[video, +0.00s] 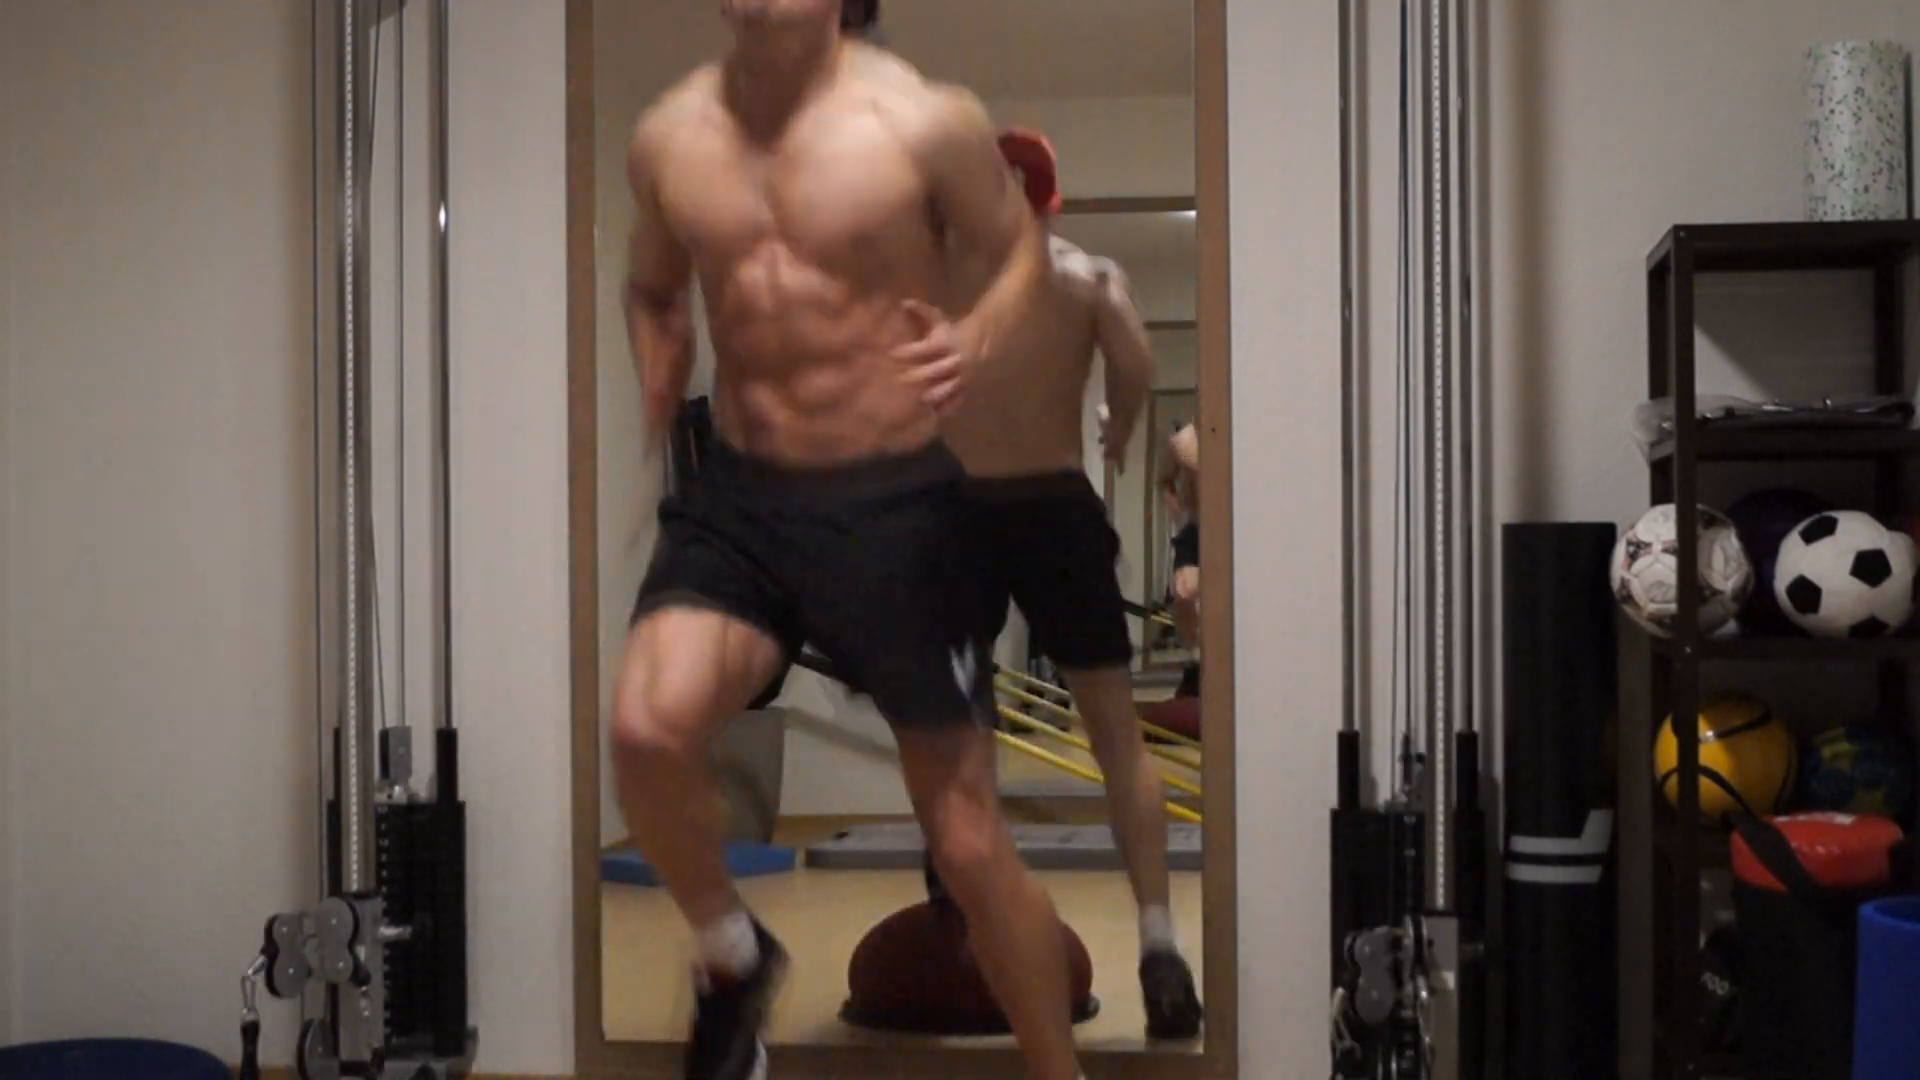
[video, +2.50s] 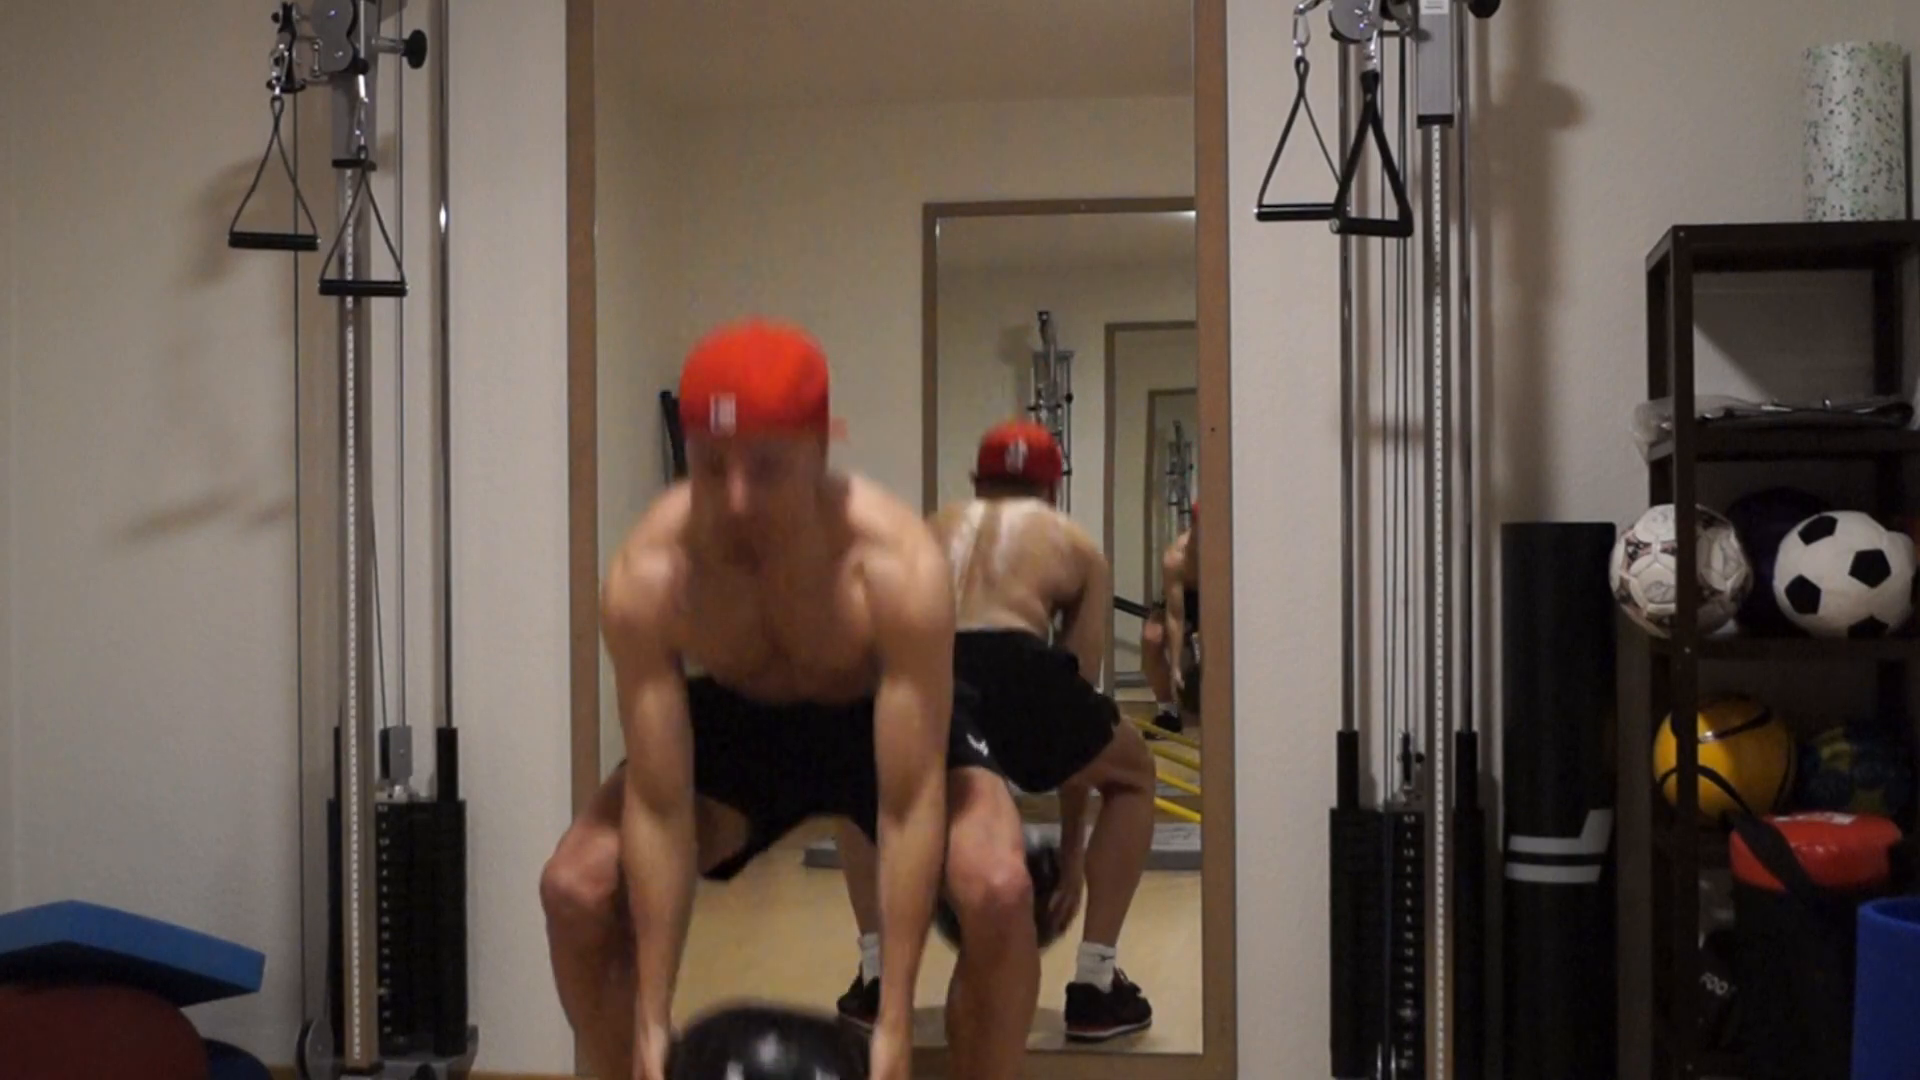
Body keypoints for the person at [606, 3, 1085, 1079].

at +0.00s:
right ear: (723, 2)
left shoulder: (928, 120)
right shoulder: (671, 135)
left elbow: (1015, 253)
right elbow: (656, 291)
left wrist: (970, 342)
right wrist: (664, 413)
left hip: (899, 510)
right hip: (742, 505)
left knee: (966, 848)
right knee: (647, 731)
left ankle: (1056, 1069)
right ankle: (731, 958)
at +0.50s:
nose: (651, 3)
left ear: (735, 10)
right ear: (614, 10)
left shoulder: (814, 147)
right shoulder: (553, 153)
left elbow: (896, 289)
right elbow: (523, 294)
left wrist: (829, 334)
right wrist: (513, 405)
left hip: (752, 518)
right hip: (593, 515)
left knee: (708, 774)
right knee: (503, 856)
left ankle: (750, 986)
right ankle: (475, 1072)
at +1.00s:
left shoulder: (871, 105)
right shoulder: (607, 115)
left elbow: (944, 200)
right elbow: (572, 289)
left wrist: (937, 305)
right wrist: (617, 326)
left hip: (838, 477)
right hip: (682, 484)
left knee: (903, 789)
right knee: (669, 772)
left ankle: (984, 1052)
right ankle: (695, 1027)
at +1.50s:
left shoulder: (805, 67)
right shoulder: (563, 73)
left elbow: (895, 245)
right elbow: (541, 206)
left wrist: (771, 239)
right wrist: (522, 337)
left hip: (747, 435)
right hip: (599, 422)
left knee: (690, 760)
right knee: (489, 705)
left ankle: (735, 1046)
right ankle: (526, 970)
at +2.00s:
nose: (753, 6)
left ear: (836, 24)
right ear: (713, 19)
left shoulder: (883, 142)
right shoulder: (661, 149)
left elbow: (967, 81)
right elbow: (521, 157)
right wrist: (557, 5)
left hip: (865, 537)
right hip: (711, 538)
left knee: (935, 858)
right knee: (651, 862)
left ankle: (962, 1070)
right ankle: (652, 1076)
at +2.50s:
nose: (739, 500)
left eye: (768, 468)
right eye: (714, 467)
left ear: (824, 450)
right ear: (688, 455)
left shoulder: (902, 566)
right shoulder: (648, 575)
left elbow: (911, 809)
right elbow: (657, 810)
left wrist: (894, 1032)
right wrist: (651, 1031)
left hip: (884, 722)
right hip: (740, 732)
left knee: (1001, 893)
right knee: (575, 892)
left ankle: (985, 1066)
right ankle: (616, 1065)